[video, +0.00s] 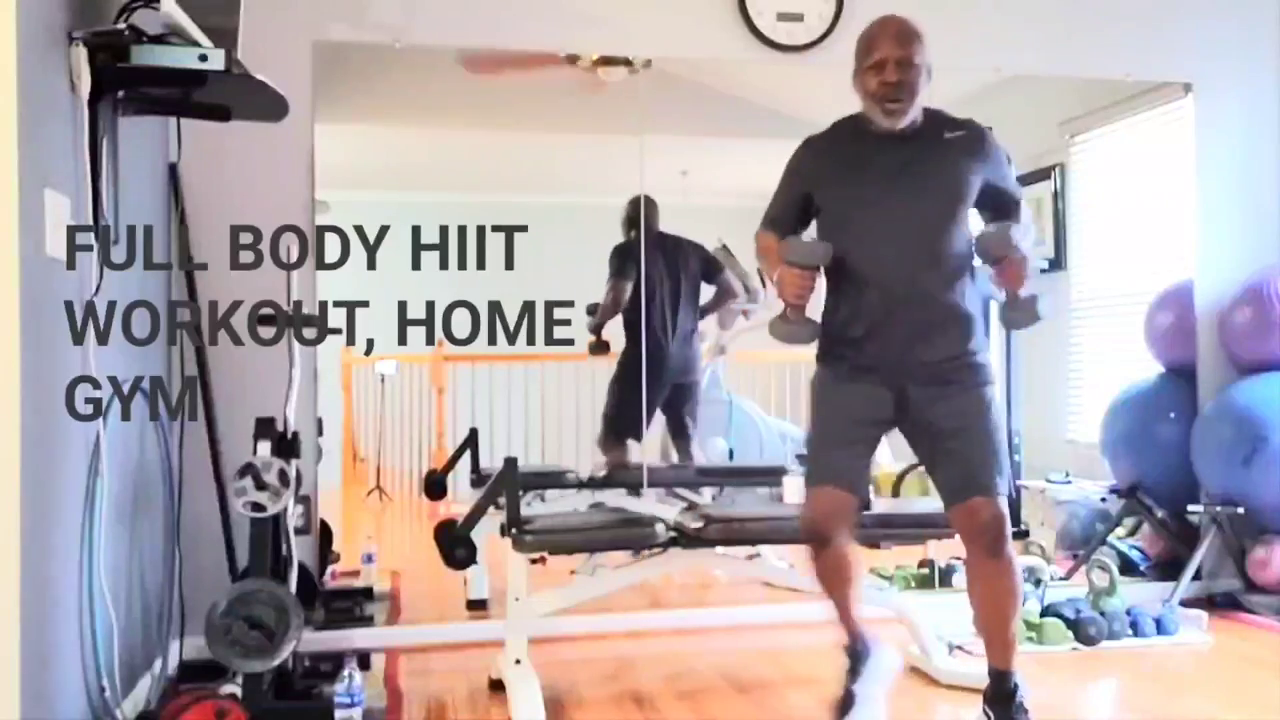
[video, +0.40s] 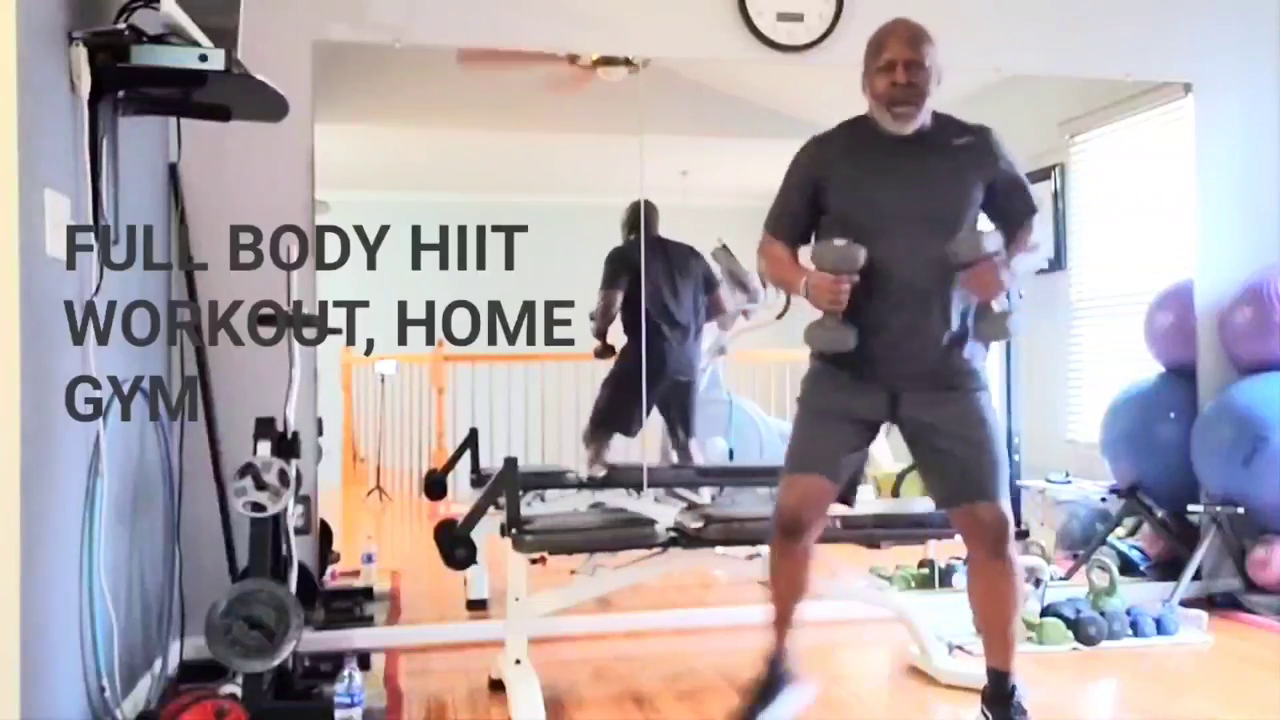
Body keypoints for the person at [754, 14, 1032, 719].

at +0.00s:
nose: (891, 78)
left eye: (906, 66)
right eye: (876, 66)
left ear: (928, 73)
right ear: (856, 76)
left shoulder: (971, 145)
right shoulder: (821, 155)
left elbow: (1006, 213)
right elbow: (770, 236)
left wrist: (1009, 252)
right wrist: (783, 268)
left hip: (951, 365)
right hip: (852, 364)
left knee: (985, 522)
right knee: (823, 522)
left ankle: (1003, 688)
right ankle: (857, 646)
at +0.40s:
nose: (900, 77)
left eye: (914, 65)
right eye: (886, 66)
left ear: (936, 75)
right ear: (865, 78)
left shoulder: (975, 149)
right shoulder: (825, 155)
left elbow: (1024, 221)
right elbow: (772, 251)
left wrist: (1004, 266)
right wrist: (805, 281)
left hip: (944, 374)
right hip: (845, 370)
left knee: (991, 528)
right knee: (794, 516)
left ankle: (1001, 690)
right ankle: (778, 664)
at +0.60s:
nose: (851, 147)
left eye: (863, 136)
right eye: (837, 138)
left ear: (884, 145)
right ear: (818, 150)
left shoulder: (924, 223)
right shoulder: (781, 230)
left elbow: (977, 335)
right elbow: (738, 344)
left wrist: (928, 322)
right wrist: (786, 332)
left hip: (909, 421)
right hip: (808, 422)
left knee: (999, 549)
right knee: (734, 547)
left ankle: (1003, 698)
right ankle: (692, 692)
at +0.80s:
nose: (780, 99)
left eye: (793, 87)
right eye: (767, 88)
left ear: (814, 95)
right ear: (747, 97)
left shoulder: (860, 174)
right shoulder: (711, 183)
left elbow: (917, 270)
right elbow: (661, 280)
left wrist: (881, 275)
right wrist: (698, 290)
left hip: (837, 380)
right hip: (740, 380)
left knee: (904, 526)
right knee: (700, 533)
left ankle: (955, 663)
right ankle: (684, 687)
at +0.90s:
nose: (758, 63)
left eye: (772, 51)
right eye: (745, 52)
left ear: (795, 58)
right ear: (726, 61)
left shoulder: (840, 134)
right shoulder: (692, 142)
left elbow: (888, 205)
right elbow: (643, 228)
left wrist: (878, 238)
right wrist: (651, 257)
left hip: (813, 350)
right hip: (718, 352)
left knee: (853, 504)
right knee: (688, 515)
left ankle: (847, 649)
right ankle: (678, 681)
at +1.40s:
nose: (730, 74)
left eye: (744, 62)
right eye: (718, 62)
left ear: (770, 67)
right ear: (700, 69)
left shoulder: (821, 140)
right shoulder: (672, 152)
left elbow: (873, 235)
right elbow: (617, 243)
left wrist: (841, 257)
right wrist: (641, 269)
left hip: (805, 365)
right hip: (709, 369)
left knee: (866, 523)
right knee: (679, 528)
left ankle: (923, 676)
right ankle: (679, 687)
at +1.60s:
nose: (780, 165)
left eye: (793, 154)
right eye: (767, 154)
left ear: (819, 162)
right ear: (747, 162)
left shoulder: (862, 234)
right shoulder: (713, 238)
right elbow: (675, 349)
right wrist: (708, 338)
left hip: (840, 433)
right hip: (737, 433)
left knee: (946, 552)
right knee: (678, 559)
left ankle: (985, 703)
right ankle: (682, 694)